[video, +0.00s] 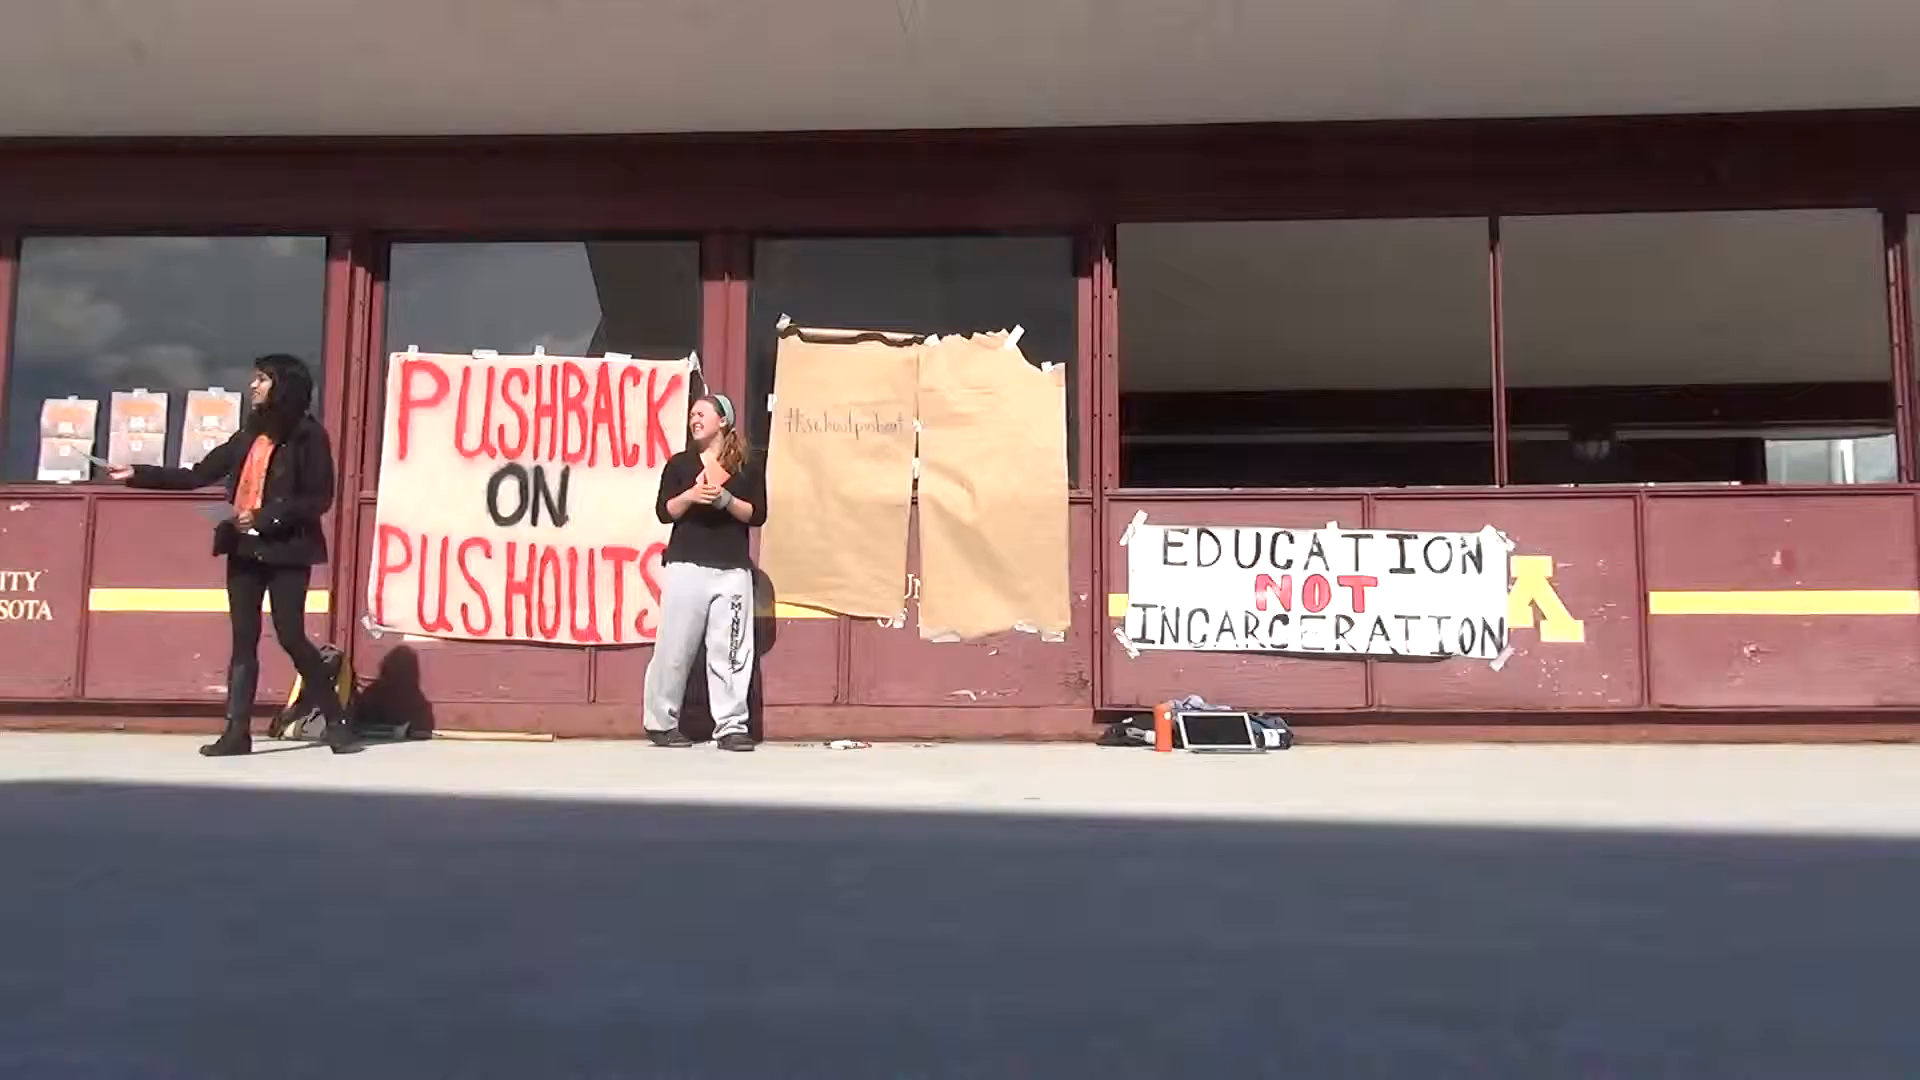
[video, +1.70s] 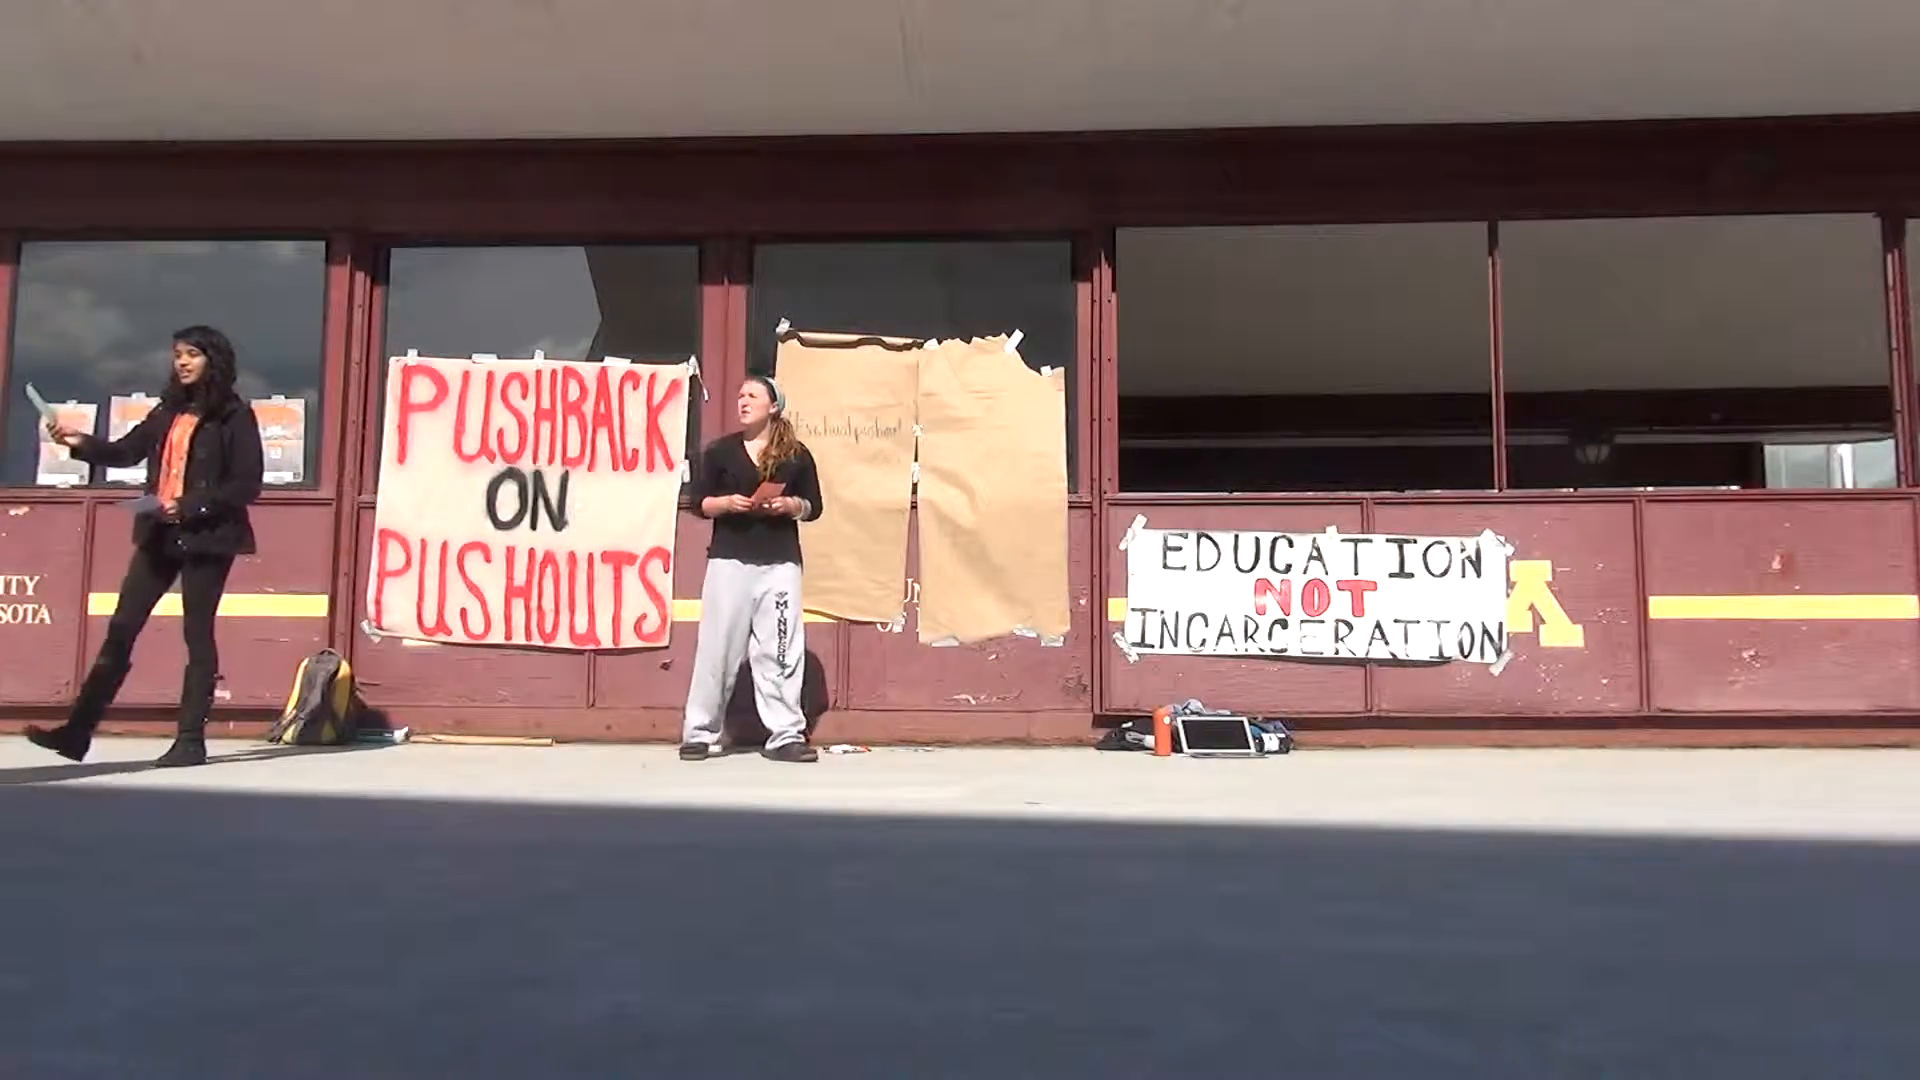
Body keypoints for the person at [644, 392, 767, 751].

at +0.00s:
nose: (694, 419)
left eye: (702, 414)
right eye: (693, 414)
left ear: (723, 421)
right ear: (690, 421)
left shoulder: (747, 463)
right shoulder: (678, 463)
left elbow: (757, 515)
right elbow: (664, 513)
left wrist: (726, 499)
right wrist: (689, 496)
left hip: (732, 568)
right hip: (686, 566)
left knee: (731, 651)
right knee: (675, 649)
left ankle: (732, 727)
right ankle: (662, 725)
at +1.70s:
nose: (742, 402)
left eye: (752, 397)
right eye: (740, 396)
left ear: (774, 406)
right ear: (736, 405)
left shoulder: (796, 455)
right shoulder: (718, 452)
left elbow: (813, 507)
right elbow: (695, 503)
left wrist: (791, 506)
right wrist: (725, 504)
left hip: (780, 564)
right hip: (729, 562)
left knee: (781, 651)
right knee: (717, 648)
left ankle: (785, 736)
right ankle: (699, 735)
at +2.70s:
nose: (813, 393)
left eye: (821, 386)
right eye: (805, 387)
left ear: (833, 394)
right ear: (794, 394)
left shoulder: (843, 444)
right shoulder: (775, 435)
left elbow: (854, 509)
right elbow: (761, 486)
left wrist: (851, 491)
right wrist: (775, 483)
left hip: (830, 554)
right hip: (784, 550)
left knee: (821, 651)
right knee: (789, 646)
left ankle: (799, 736)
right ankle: (792, 741)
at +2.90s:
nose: (812, 384)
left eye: (822, 380)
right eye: (807, 378)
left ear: (835, 393)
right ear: (796, 387)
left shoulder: (844, 441)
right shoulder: (773, 431)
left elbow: (856, 507)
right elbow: (762, 486)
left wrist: (854, 486)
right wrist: (783, 479)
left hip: (833, 554)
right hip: (784, 550)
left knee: (838, 649)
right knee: (788, 646)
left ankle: (799, 731)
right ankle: (793, 742)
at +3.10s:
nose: (820, 382)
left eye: (830, 379)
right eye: (815, 375)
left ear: (841, 391)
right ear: (803, 382)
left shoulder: (849, 438)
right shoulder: (776, 429)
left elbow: (858, 504)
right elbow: (764, 482)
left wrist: (859, 487)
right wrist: (795, 476)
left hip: (842, 555)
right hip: (791, 551)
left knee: (855, 646)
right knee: (793, 649)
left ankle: (840, 737)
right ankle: (795, 743)